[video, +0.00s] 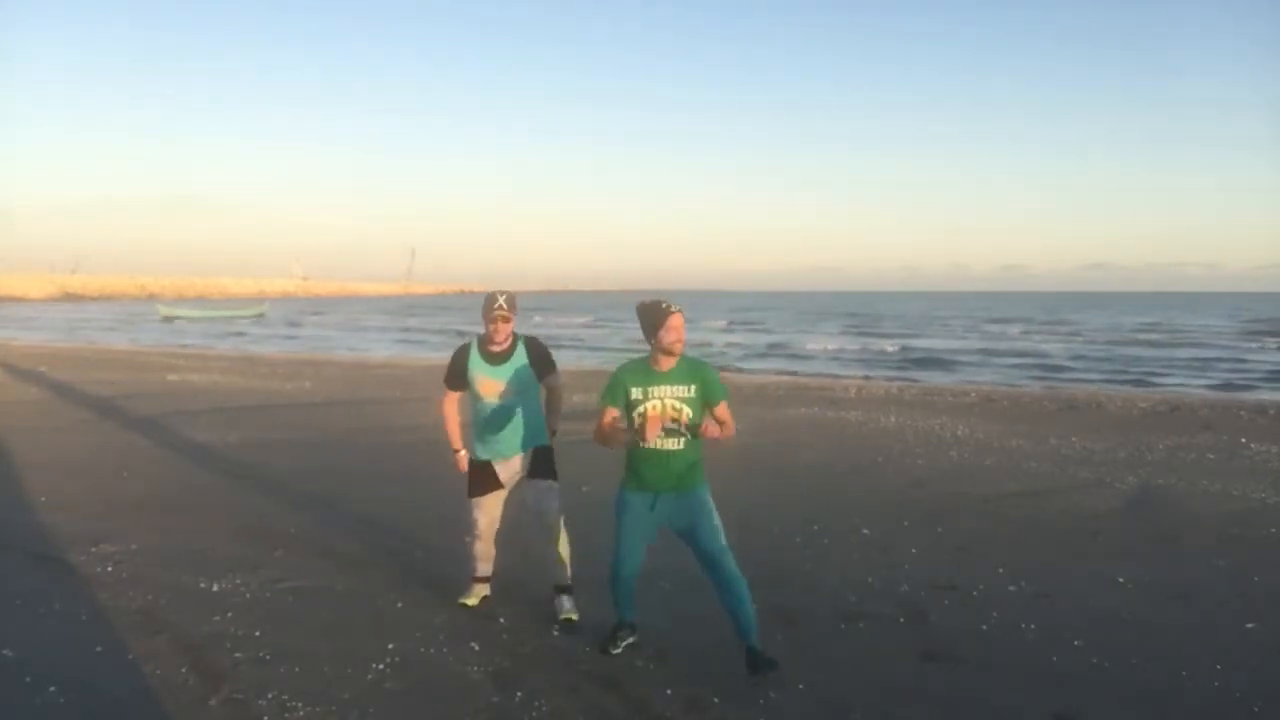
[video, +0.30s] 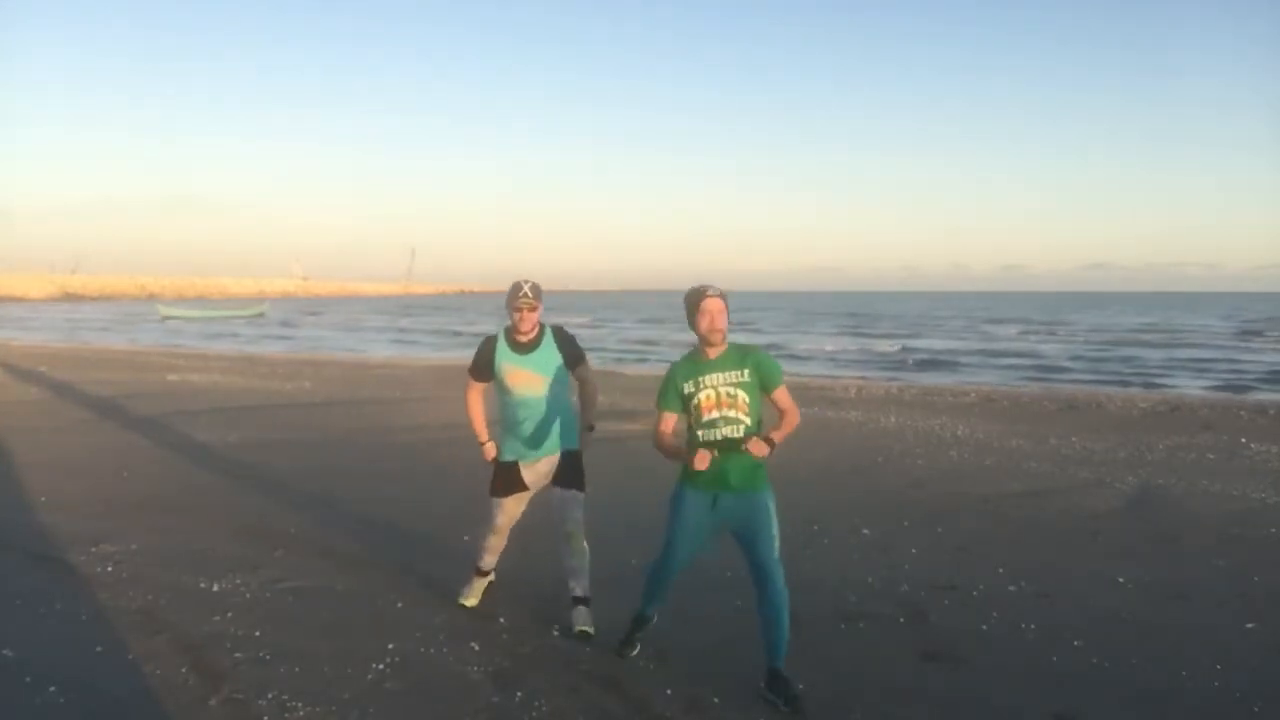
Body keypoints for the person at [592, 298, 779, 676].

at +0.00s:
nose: (680, 336)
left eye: (682, 328)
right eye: (672, 330)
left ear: (684, 331)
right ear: (652, 335)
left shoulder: (701, 374)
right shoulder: (626, 376)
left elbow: (729, 428)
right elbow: (603, 432)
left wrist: (715, 430)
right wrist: (634, 435)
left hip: (690, 490)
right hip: (639, 491)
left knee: (723, 564)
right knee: (624, 567)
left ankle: (753, 649)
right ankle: (624, 626)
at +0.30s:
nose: (713, 320)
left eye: (719, 312)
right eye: (705, 314)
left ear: (728, 317)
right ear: (692, 321)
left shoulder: (756, 361)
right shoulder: (680, 371)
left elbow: (791, 414)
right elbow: (663, 435)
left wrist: (769, 439)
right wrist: (686, 454)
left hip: (750, 488)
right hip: (699, 488)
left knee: (771, 576)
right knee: (672, 561)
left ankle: (776, 671)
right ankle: (641, 621)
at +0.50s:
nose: (730, 315)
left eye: (739, 308)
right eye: (723, 309)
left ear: (753, 314)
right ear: (714, 317)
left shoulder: (784, 358)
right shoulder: (706, 375)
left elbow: (833, 403)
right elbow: (689, 432)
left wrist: (809, 448)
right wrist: (703, 459)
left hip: (783, 488)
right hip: (733, 490)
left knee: (793, 585)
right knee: (726, 584)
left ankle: (779, 674)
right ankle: (723, 655)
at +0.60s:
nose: (737, 310)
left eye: (744, 303)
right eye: (729, 304)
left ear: (758, 309)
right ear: (719, 312)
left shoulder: (788, 349)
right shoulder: (709, 368)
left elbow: (845, 383)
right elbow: (684, 423)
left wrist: (814, 422)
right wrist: (705, 441)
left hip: (792, 484)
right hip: (742, 486)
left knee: (796, 583)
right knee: (739, 583)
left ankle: (782, 675)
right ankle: (742, 675)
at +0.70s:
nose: (740, 313)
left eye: (748, 305)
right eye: (733, 305)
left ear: (762, 311)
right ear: (723, 313)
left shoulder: (790, 350)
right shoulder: (710, 368)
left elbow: (851, 378)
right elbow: (680, 426)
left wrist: (817, 410)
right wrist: (714, 428)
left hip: (797, 485)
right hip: (747, 488)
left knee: (797, 582)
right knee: (745, 583)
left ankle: (783, 675)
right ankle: (749, 680)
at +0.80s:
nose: (745, 315)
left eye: (753, 308)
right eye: (738, 308)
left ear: (766, 314)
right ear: (727, 316)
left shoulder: (794, 357)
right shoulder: (711, 371)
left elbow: (853, 392)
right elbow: (694, 435)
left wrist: (818, 411)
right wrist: (726, 422)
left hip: (798, 489)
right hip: (748, 491)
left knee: (799, 585)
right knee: (744, 585)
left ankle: (783, 675)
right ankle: (748, 680)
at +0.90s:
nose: (748, 318)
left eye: (755, 311)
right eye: (740, 311)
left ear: (769, 318)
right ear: (730, 319)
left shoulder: (796, 365)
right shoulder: (714, 374)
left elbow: (848, 414)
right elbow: (710, 445)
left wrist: (818, 419)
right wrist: (735, 429)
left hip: (798, 493)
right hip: (747, 495)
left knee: (800, 591)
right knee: (741, 590)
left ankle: (782, 675)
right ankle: (748, 680)